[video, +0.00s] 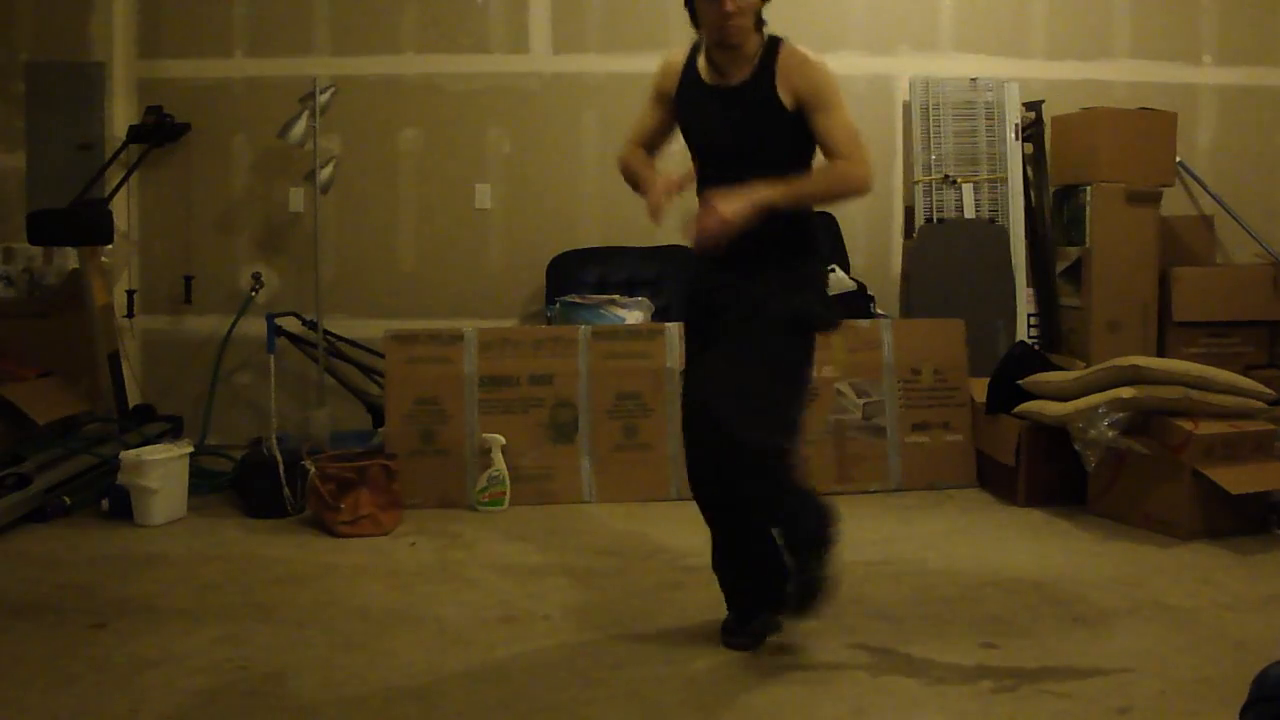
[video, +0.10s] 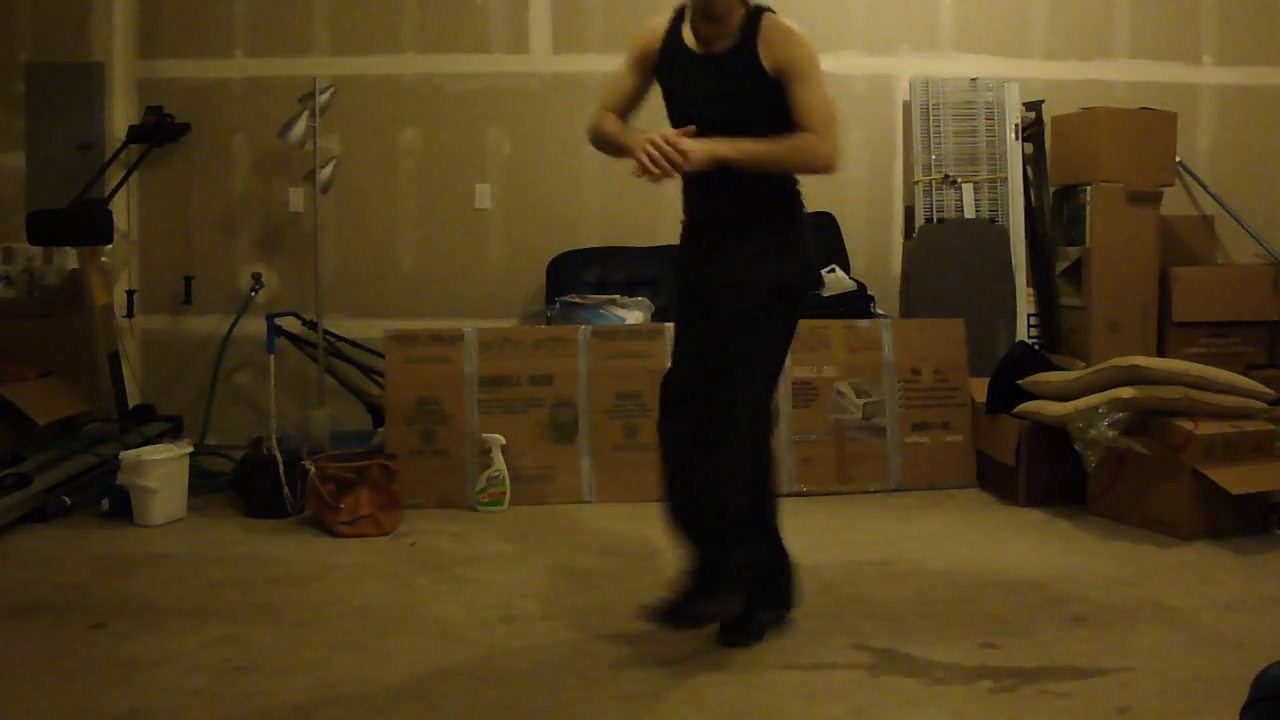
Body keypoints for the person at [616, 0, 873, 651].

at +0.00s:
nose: (728, 9)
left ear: (761, 5)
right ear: (693, 7)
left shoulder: (800, 72)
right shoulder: (679, 73)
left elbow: (855, 171)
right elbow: (632, 154)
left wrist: (753, 196)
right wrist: (650, 179)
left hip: (789, 273)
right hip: (716, 273)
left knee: (751, 437)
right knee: (708, 449)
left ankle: (808, 532)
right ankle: (752, 598)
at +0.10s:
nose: (709, 3)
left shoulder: (781, 41)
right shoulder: (662, 38)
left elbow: (824, 149)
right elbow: (602, 124)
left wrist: (712, 150)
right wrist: (634, 143)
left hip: (772, 248)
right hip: (704, 247)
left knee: (732, 413)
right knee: (687, 408)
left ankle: (765, 583)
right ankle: (716, 573)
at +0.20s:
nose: (690, 2)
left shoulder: (763, 46)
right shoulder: (648, 38)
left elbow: (788, 153)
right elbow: (578, 116)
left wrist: (674, 159)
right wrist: (605, 145)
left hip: (751, 258)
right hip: (687, 256)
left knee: (690, 431)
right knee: (733, 423)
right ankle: (806, 572)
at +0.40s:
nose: (652, 9)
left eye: (666, 1)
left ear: (692, 1)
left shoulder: (723, 63)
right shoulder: (600, 43)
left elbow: (718, 180)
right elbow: (567, 130)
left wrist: (628, 228)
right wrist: (564, 217)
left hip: (689, 270)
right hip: (621, 270)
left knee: (653, 436)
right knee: (650, 431)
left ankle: (620, 622)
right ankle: (762, 544)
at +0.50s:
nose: (625, 13)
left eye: (641, 1)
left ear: (669, 5)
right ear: (598, 1)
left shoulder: (699, 77)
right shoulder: (565, 58)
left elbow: (728, 188)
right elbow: (516, 154)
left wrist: (645, 226)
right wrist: (557, 217)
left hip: (658, 283)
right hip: (580, 278)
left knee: (619, 451)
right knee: (545, 438)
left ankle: (619, 624)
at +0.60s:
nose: (595, 8)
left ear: (635, 1)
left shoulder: (672, 60)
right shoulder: (533, 50)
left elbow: (719, 155)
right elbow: (495, 136)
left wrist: (648, 181)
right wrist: (530, 209)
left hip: (627, 274)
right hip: (548, 270)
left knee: (610, 455)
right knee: (478, 434)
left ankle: (618, 624)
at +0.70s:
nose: (564, 13)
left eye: (577, 5)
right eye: (555, 4)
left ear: (602, 3)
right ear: (538, 1)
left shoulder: (638, 55)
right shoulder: (496, 48)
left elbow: (694, 148)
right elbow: (473, 133)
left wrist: (640, 152)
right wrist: (479, 206)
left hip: (595, 284)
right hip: (505, 282)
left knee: (618, 459)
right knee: (449, 444)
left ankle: (632, 625)